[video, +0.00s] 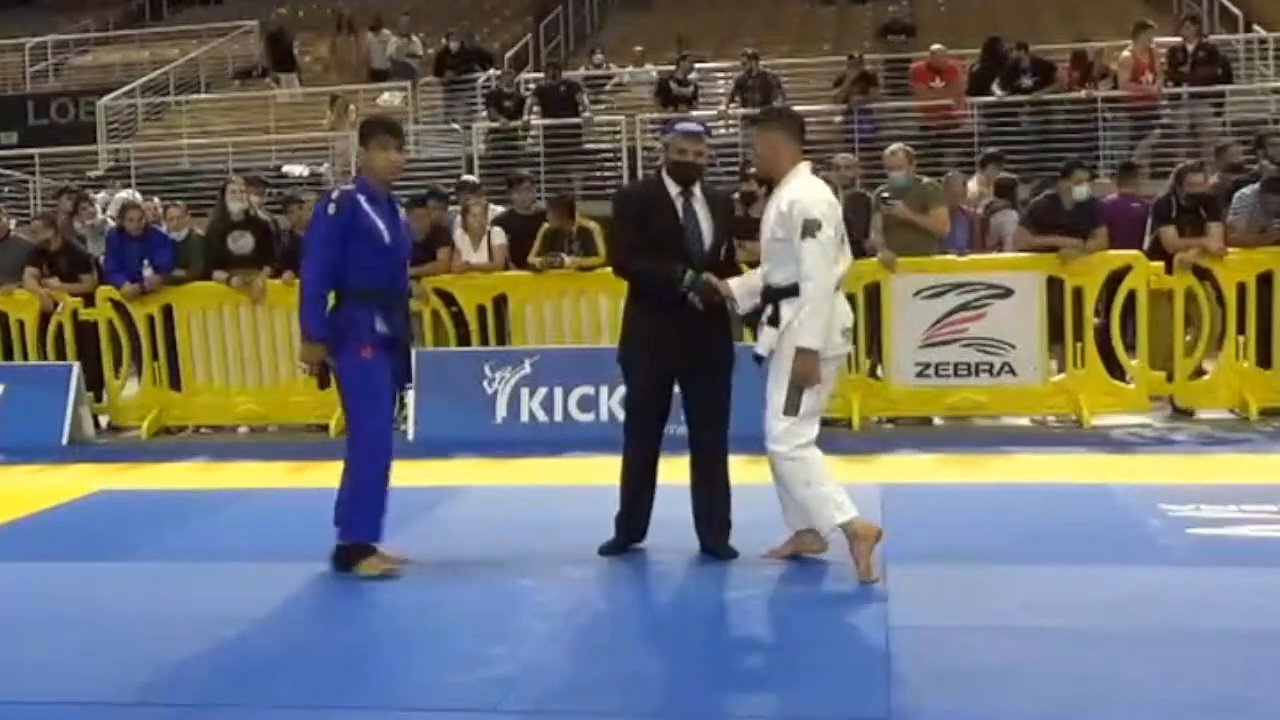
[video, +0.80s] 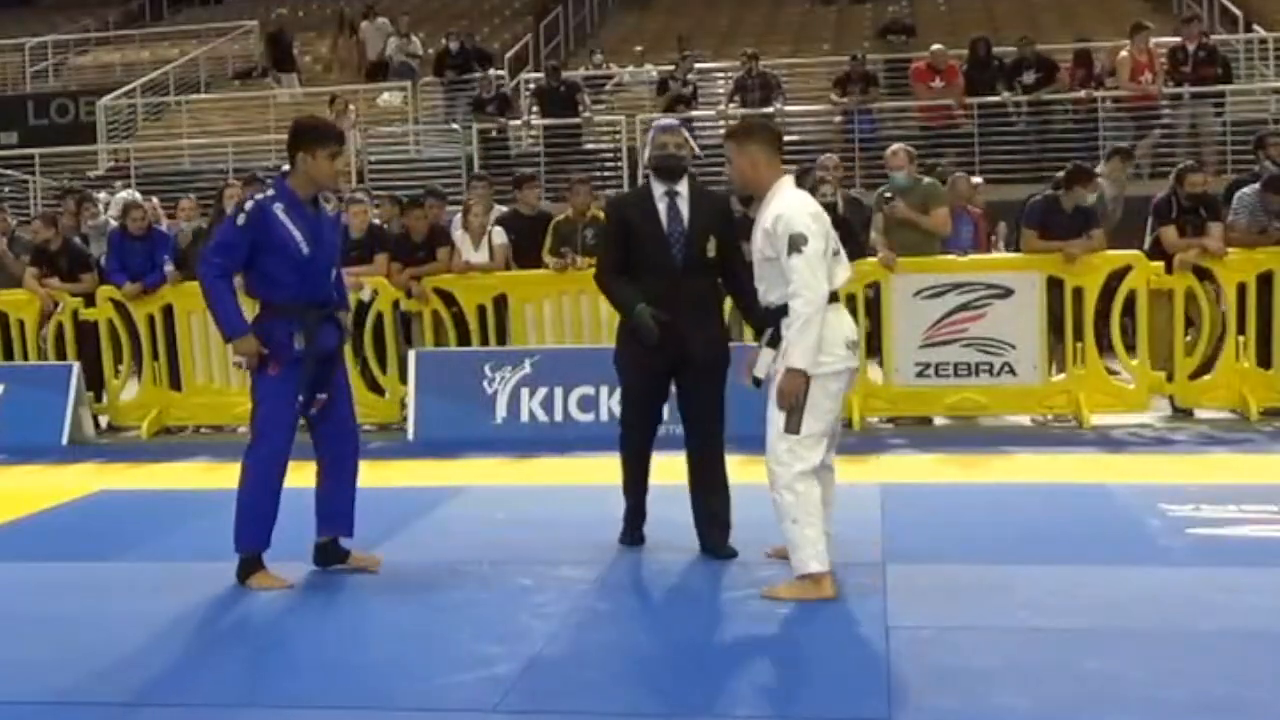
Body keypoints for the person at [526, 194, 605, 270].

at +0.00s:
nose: (547, 217)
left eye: (551, 212)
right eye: (548, 212)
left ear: (564, 214)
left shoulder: (591, 228)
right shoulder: (547, 228)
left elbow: (601, 259)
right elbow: (531, 258)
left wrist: (572, 262)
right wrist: (545, 262)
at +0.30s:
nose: (556, 211)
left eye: (561, 207)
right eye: (556, 207)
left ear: (574, 208)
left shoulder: (597, 227)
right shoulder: (553, 226)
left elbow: (601, 258)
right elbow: (540, 257)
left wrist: (572, 262)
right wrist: (549, 262)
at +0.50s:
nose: (563, 204)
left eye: (567, 200)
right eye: (562, 200)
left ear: (581, 201)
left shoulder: (601, 225)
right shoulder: (556, 223)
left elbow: (603, 257)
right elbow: (543, 255)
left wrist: (577, 262)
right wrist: (552, 262)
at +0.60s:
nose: (566, 202)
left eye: (572, 198)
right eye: (565, 198)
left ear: (585, 201)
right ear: (563, 200)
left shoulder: (603, 224)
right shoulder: (556, 223)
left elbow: (605, 257)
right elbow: (545, 255)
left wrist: (576, 261)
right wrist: (556, 261)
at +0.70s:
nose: (577, 200)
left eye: (581, 195)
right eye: (573, 195)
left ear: (590, 196)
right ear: (567, 196)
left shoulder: (604, 223)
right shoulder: (557, 222)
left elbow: (607, 257)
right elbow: (546, 253)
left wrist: (583, 261)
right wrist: (554, 261)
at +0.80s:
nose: (582, 199)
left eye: (586, 194)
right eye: (577, 194)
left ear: (592, 197)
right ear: (569, 196)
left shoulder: (601, 221)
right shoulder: (558, 223)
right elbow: (546, 253)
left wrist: (584, 262)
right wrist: (554, 262)